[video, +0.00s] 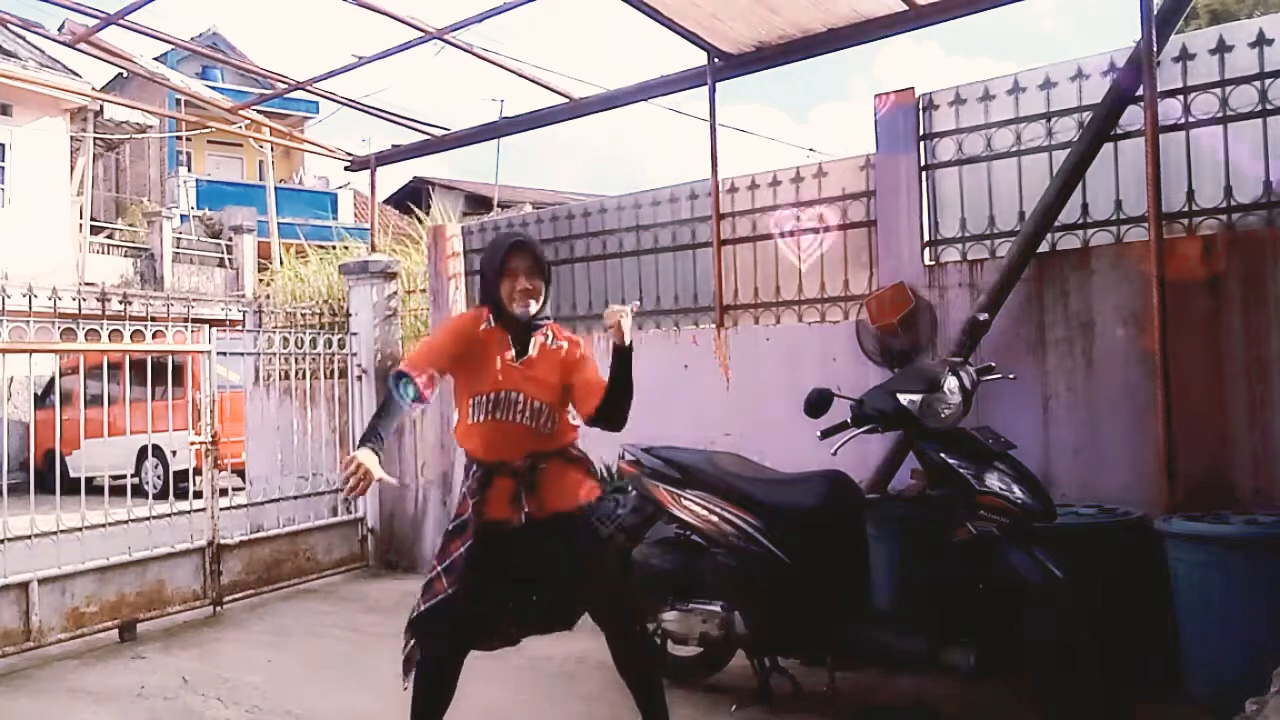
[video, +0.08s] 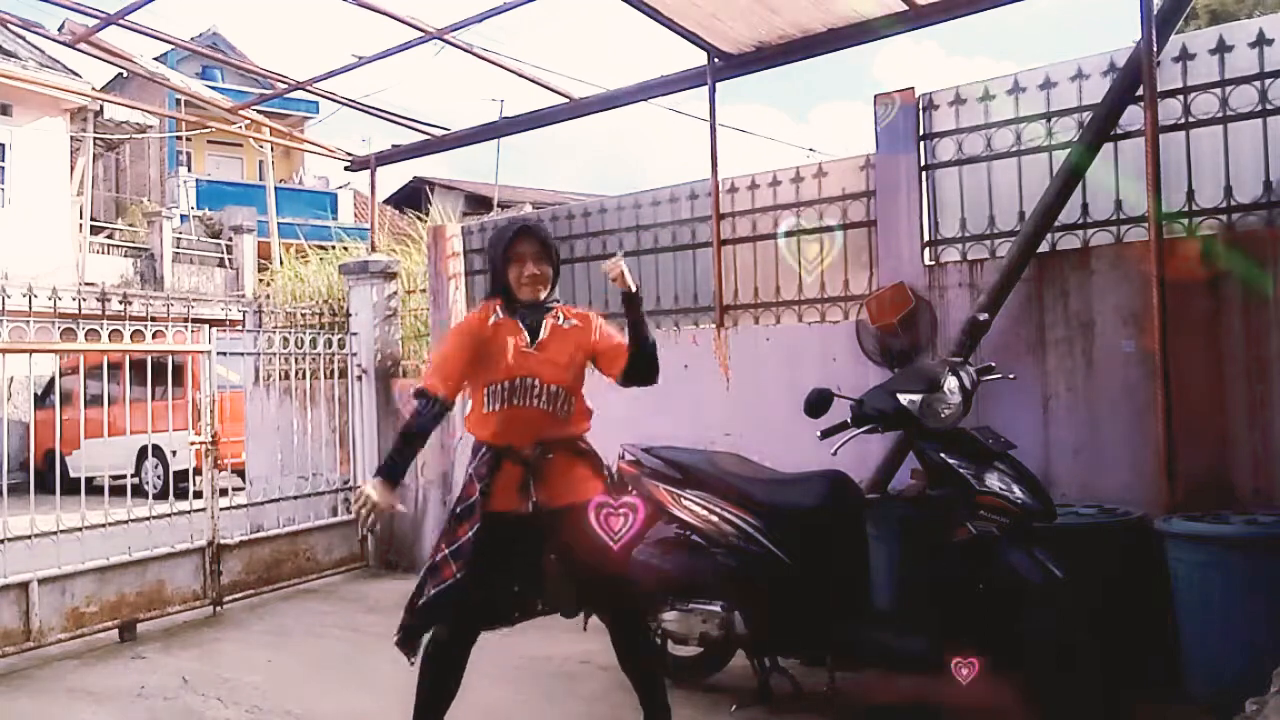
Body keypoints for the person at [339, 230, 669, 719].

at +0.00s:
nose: (525, 285)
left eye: (533, 274)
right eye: (512, 275)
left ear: (546, 283)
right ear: (491, 282)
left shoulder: (567, 347)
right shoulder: (466, 331)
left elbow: (611, 417)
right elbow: (407, 383)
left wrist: (622, 347)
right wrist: (371, 447)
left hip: (565, 502)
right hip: (490, 506)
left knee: (624, 619)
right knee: (442, 630)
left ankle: (656, 714)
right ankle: (424, 718)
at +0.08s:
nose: (531, 270)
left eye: (540, 259)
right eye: (519, 261)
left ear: (555, 266)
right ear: (500, 270)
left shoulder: (581, 325)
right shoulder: (475, 330)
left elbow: (643, 372)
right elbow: (429, 409)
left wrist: (632, 299)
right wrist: (386, 478)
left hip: (575, 492)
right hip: (497, 497)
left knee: (627, 610)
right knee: (452, 627)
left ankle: (659, 714)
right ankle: (425, 718)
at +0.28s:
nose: (555, 306)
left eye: (564, 295)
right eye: (543, 299)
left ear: (580, 301)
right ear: (527, 310)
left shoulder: (613, 337)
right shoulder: (523, 381)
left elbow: (684, 327)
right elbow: (503, 474)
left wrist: (634, 291)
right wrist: (469, 527)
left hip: (593, 527)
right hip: (526, 529)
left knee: (635, 638)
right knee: (455, 630)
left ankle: (653, 713)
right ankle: (427, 715)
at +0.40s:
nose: (544, 282)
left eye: (553, 270)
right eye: (531, 274)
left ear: (569, 277)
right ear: (515, 285)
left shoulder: (601, 322)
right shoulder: (501, 349)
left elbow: (653, 346)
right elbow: (477, 438)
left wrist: (685, 366)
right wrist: (451, 420)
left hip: (587, 508)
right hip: (515, 513)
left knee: (628, 628)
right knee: (451, 627)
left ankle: (655, 716)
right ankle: (422, 716)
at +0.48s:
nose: (534, 267)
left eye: (542, 256)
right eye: (521, 258)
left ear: (556, 261)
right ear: (502, 267)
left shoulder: (587, 313)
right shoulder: (481, 326)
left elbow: (643, 367)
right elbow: (455, 414)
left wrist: (698, 409)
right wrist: (438, 375)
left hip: (577, 493)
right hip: (499, 498)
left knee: (625, 618)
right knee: (447, 622)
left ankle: (655, 713)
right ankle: (419, 715)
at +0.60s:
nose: (509, 281)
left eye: (518, 271)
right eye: (496, 272)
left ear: (531, 279)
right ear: (478, 280)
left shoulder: (556, 342)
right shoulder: (452, 339)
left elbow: (609, 418)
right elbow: (430, 428)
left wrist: (670, 484)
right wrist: (425, 368)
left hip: (560, 487)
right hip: (486, 496)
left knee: (623, 621)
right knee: (442, 632)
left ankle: (650, 715)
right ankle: (423, 719)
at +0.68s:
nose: (501, 292)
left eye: (511, 281)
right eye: (489, 282)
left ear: (523, 289)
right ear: (471, 291)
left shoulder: (553, 351)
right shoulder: (447, 349)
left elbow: (604, 413)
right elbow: (428, 443)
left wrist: (662, 461)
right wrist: (418, 394)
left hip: (558, 506)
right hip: (480, 511)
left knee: (619, 623)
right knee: (433, 643)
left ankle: (647, 714)